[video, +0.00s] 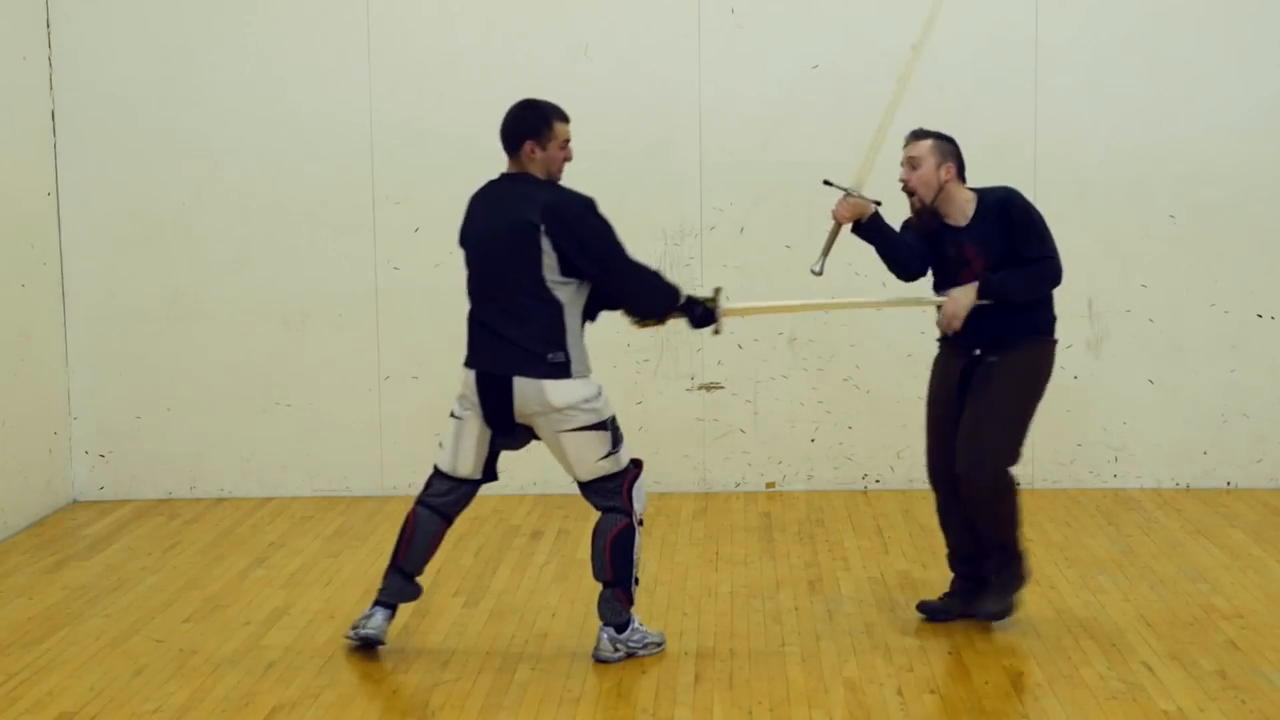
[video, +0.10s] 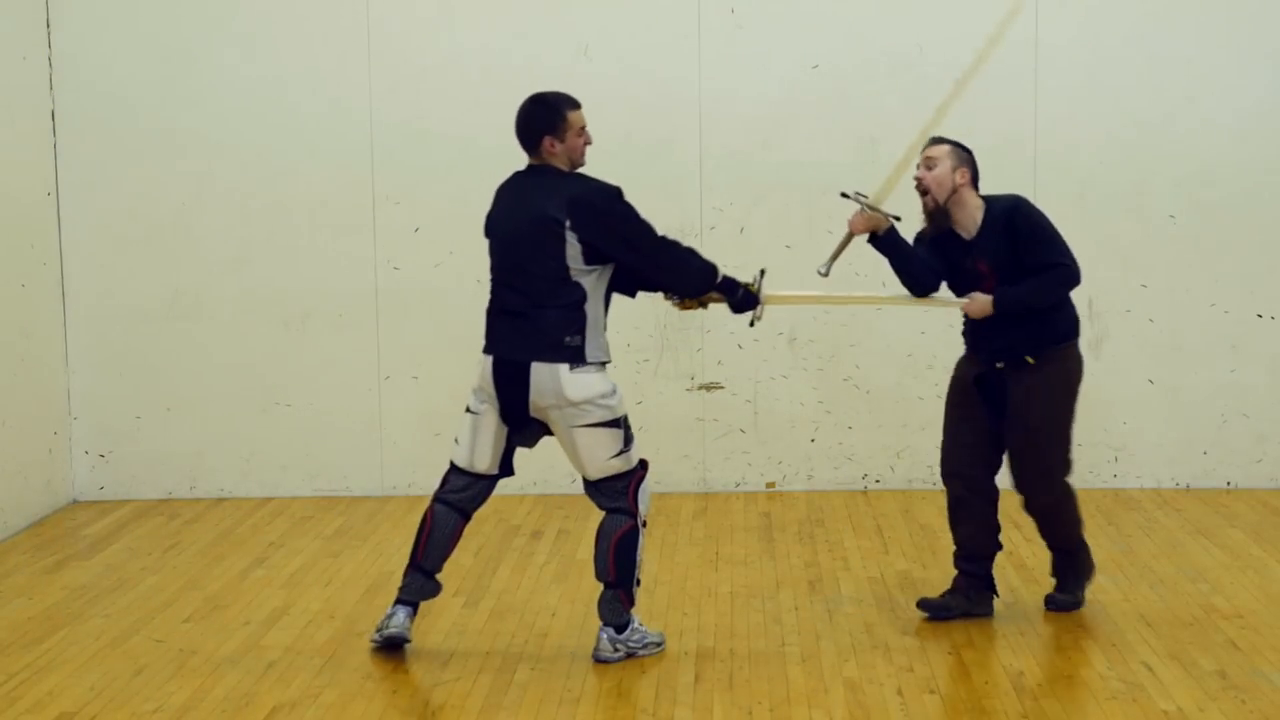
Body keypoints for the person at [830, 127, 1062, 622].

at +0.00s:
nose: (904, 177)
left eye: (914, 165)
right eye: (903, 167)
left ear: (948, 169)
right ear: (933, 175)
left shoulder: (1005, 206)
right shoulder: (925, 224)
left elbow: (1048, 271)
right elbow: (908, 266)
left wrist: (975, 290)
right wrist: (868, 220)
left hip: (1020, 352)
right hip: (959, 355)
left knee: (981, 463)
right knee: (945, 470)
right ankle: (969, 586)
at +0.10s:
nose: (918, 175)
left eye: (929, 166)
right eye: (918, 168)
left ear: (963, 176)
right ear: (925, 182)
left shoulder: (1014, 214)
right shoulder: (935, 237)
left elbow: (1066, 273)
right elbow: (921, 282)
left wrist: (997, 301)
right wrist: (883, 233)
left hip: (1045, 362)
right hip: (983, 363)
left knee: (1038, 476)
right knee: (964, 472)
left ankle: (1073, 565)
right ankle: (974, 586)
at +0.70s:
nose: (960, 227)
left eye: (969, 216)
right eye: (955, 217)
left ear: (999, 216)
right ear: (952, 218)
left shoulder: (1046, 243)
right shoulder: (962, 260)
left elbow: (1095, 299)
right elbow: (973, 329)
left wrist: (1031, 321)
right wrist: (945, 289)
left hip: (1067, 363)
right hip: (1000, 364)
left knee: (1068, 466)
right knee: (983, 464)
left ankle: (1080, 571)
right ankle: (998, 562)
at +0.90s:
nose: (969, 241)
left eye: (979, 231)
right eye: (963, 231)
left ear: (1007, 230)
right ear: (959, 230)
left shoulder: (1050, 255)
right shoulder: (961, 270)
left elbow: (1100, 311)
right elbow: (976, 344)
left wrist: (1036, 334)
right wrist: (950, 305)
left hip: (1064, 373)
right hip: (996, 373)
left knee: (1063, 474)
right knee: (975, 471)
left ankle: (1075, 578)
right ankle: (997, 562)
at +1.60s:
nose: (1026, 258)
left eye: (1037, 248)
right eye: (1018, 247)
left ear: (1056, 243)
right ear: (1008, 240)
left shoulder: (1086, 268)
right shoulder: (992, 268)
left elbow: (1120, 324)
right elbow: (990, 352)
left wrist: (1056, 338)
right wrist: (975, 323)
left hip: (1075, 376)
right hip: (1005, 371)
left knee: (1076, 476)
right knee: (984, 469)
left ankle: (1075, 582)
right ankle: (997, 562)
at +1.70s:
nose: (1028, 257)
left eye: (1038, 247)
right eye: (1020, 245)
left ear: (1058, 242)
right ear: (1010, 238)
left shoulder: (1089, 268)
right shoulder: (994, 267)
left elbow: (1121, 325)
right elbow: (989, 351)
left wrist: (1057, 337)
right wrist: (975, 323)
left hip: (1075, 375)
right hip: (1006, 370)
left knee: (1076, 478)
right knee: (984, 470)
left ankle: (1075, 582)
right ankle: (997, 562)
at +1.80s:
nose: (1026, 255)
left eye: (1037, 245)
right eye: (1019, 243)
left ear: (1059, 241)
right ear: (1011, 236)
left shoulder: (1090, 267)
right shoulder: (994, 266)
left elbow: (1121, 326)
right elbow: (989, 349)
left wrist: (1057, 337)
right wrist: (973, 322)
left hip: (1075, 375)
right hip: (1006, 371)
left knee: (1076, 478)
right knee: (984, 470)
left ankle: (1075, 582)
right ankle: (997, 563)